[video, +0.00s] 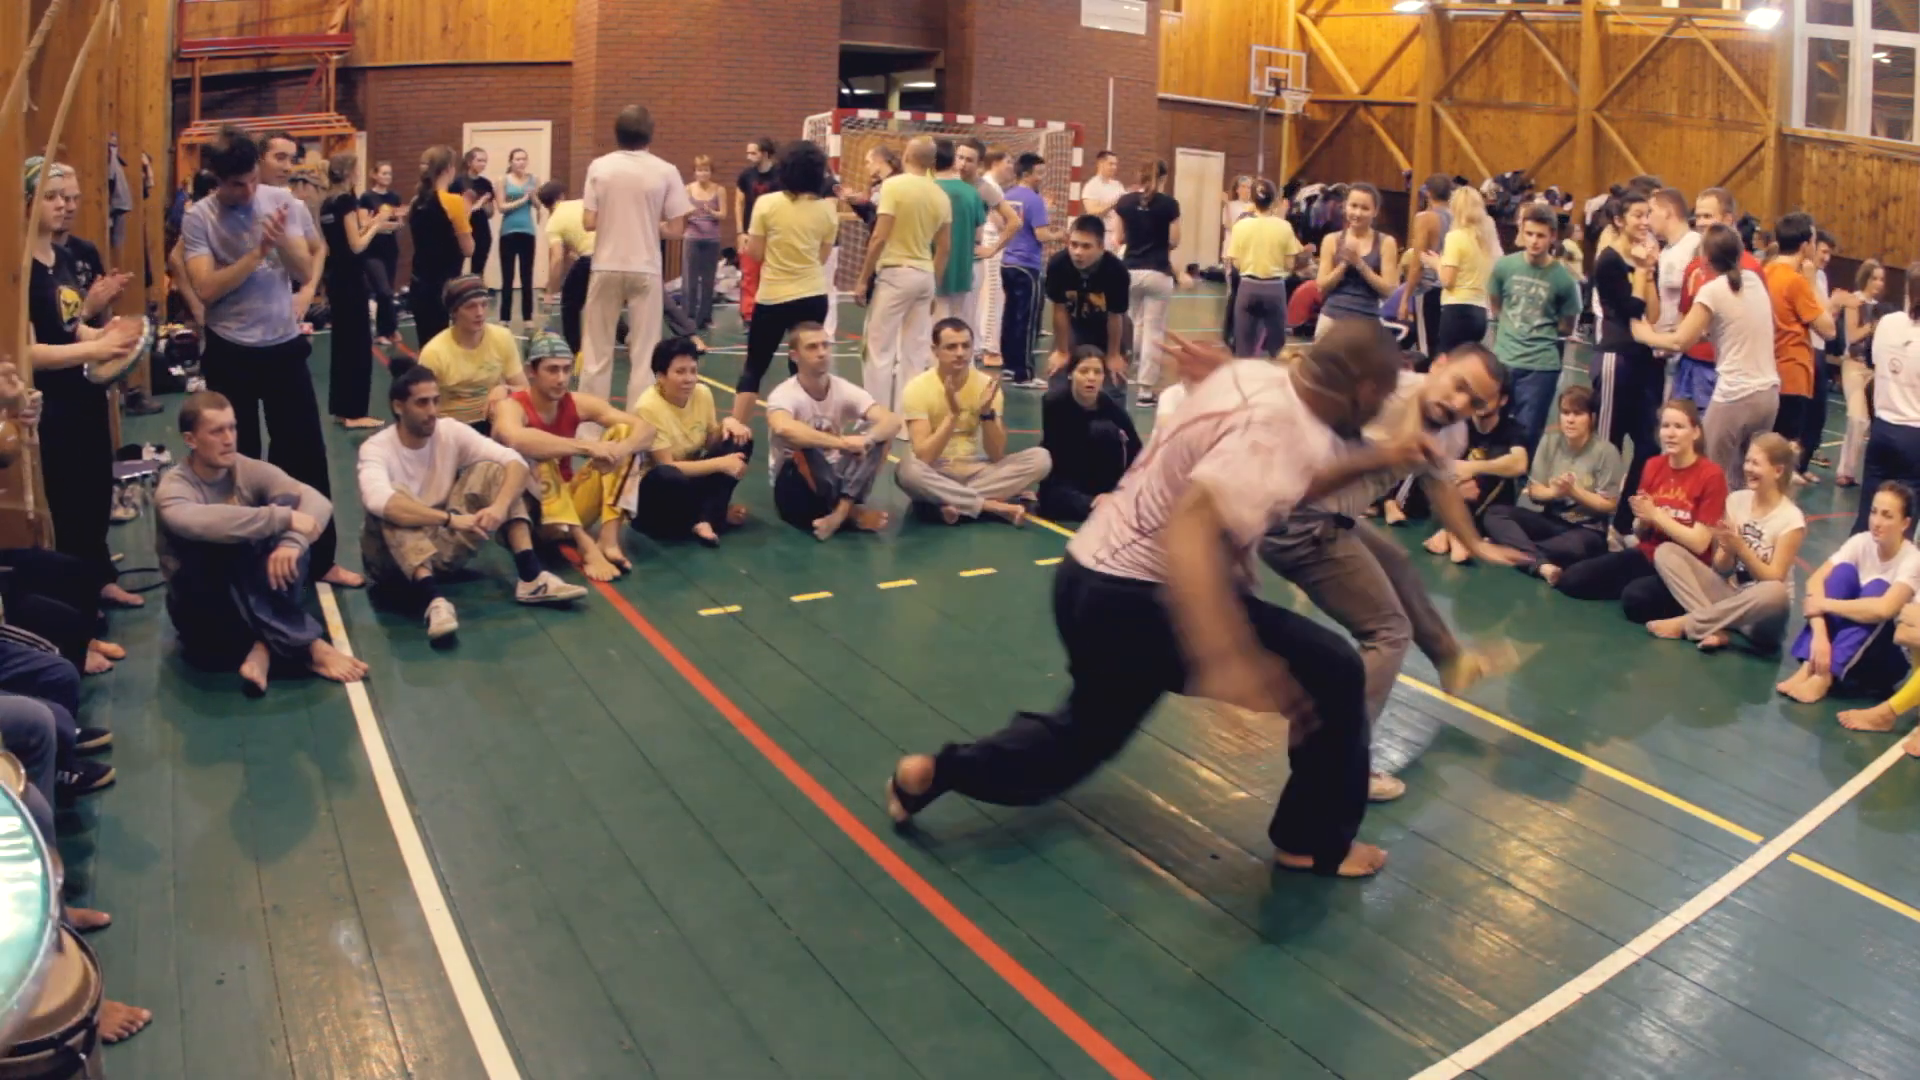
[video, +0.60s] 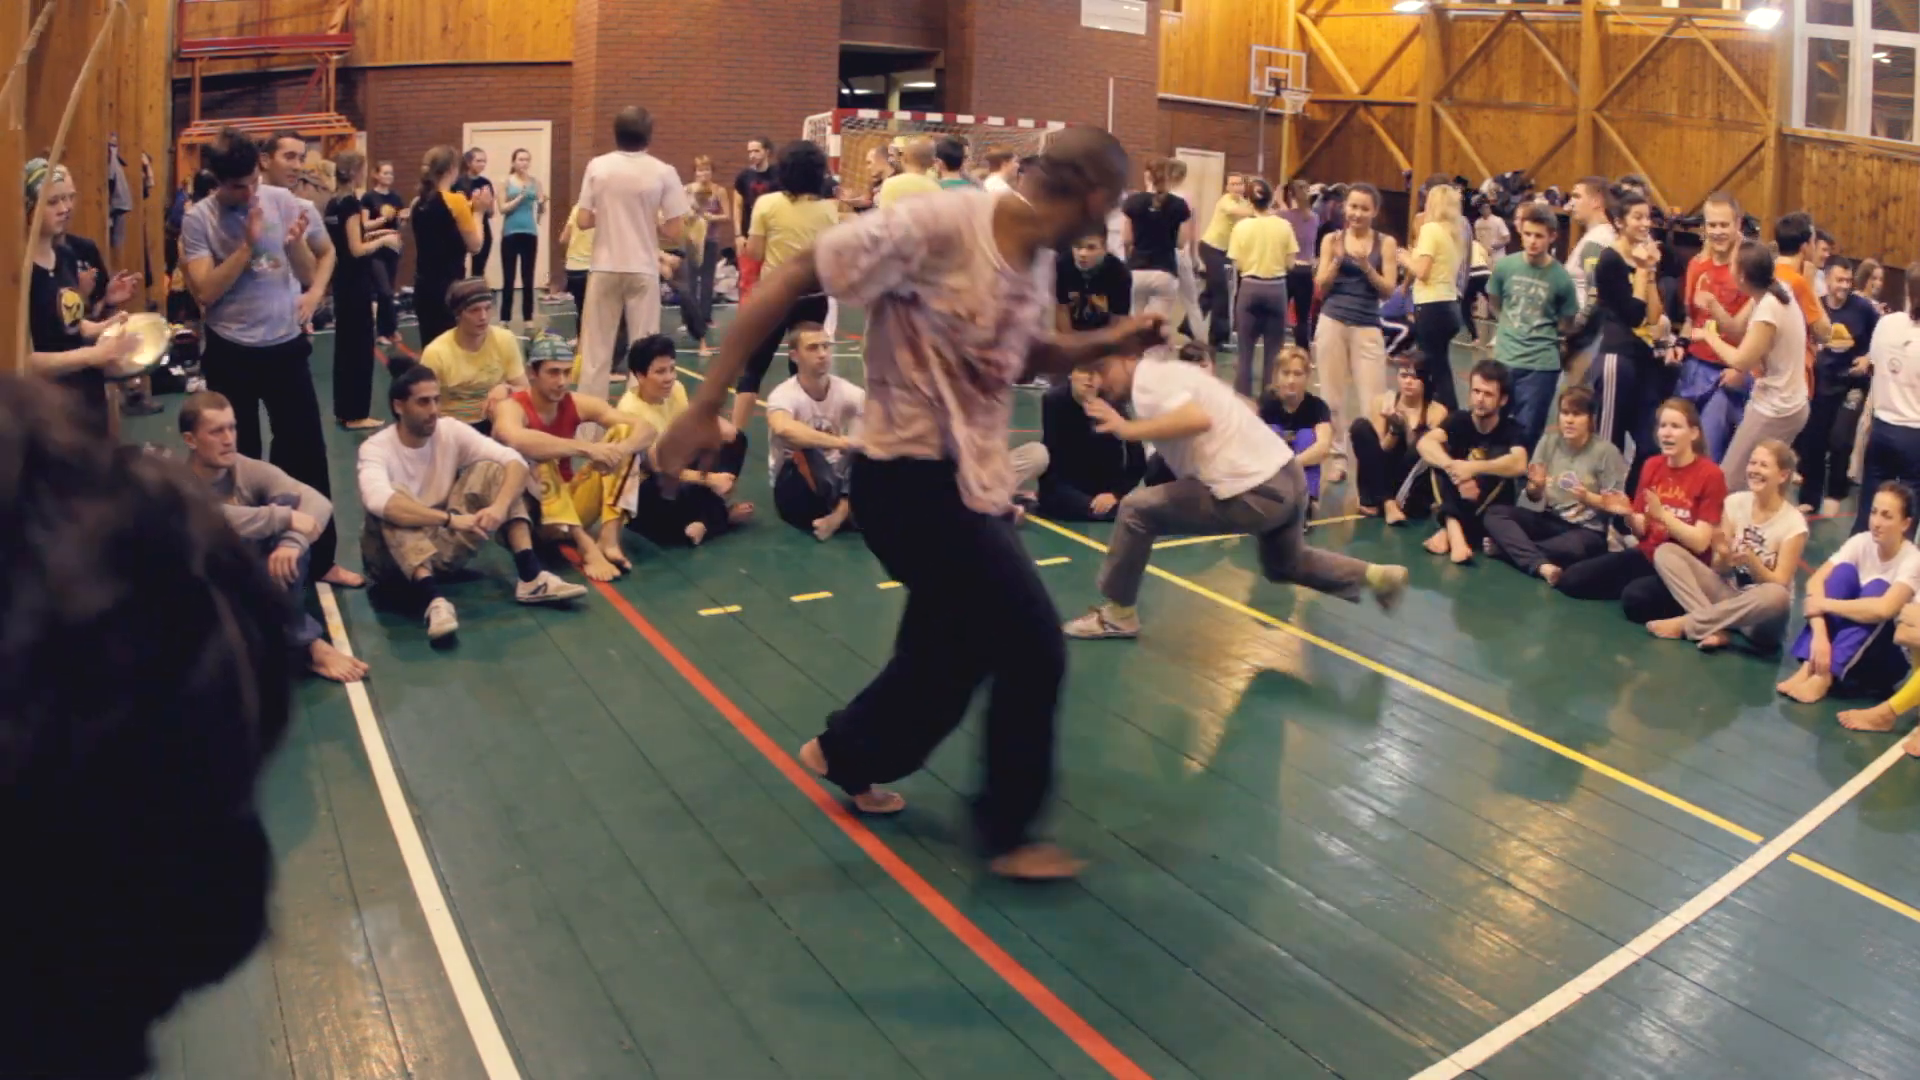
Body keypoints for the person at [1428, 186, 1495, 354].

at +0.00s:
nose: (1450, 209)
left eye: (1452, 204)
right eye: (1452, 204)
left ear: (1456, 208)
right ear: (1480, 208)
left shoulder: (1455, 237)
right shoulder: (1488, 238)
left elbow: (1447, 279)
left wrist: (1435, 263)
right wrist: (1442, 260)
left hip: (1456, 308)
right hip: (1480, 308)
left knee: (1446, 368)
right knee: (1466, 369)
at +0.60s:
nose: (1425, 205)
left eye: (1427, 200)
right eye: (1426, 200)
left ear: (1433, 203)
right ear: (1454, 205)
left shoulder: (1431, 229)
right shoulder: (1457, 231)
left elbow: (1422, 270)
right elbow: (1448, 269)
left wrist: (1406, 259)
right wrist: (1413, 258)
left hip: (1431, 306)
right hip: (1450, 303)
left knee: (1438, 371)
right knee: (1431, 368)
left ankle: (1450, 418)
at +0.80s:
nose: (1417, 206)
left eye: (1419, 202)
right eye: (1420, 202)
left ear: (1423, 204)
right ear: (1447, 205)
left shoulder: (1423, 227)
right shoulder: (1449, 228)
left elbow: (1413, 267)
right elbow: (1444, 269)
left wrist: (1400, 257)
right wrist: (1408, 257)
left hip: (1422, 305)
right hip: (1442, 301)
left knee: (1412, 367)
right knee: (1435, 368)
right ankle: (1432, 414)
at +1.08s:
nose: (1407, 203)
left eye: (1409, 199)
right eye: (1409, 199)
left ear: (1412, 202)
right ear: (1435, 202)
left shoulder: (1410, 226)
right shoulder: (1441, 227)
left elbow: (1402, 268)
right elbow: (1437, 267)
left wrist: (1390, 260)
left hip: (1411, 301)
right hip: (1436, 299)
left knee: (1395, 363)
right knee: (1432, 365)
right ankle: (1429, 409)